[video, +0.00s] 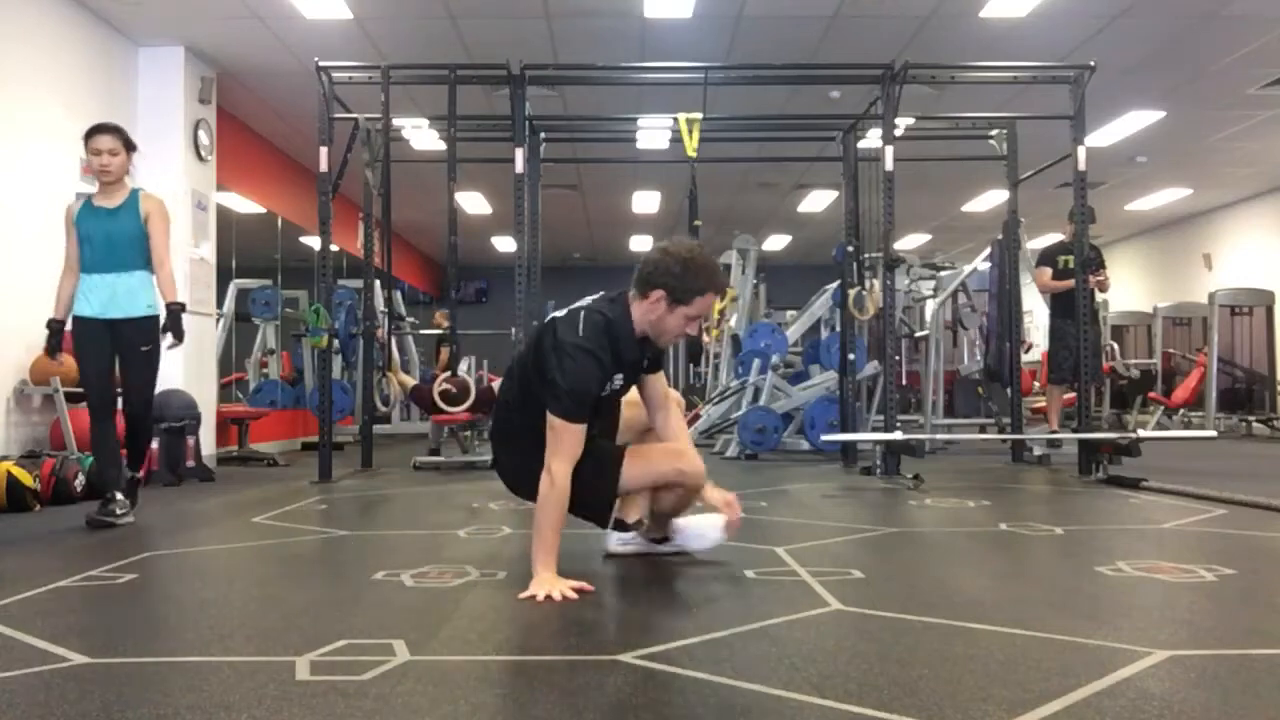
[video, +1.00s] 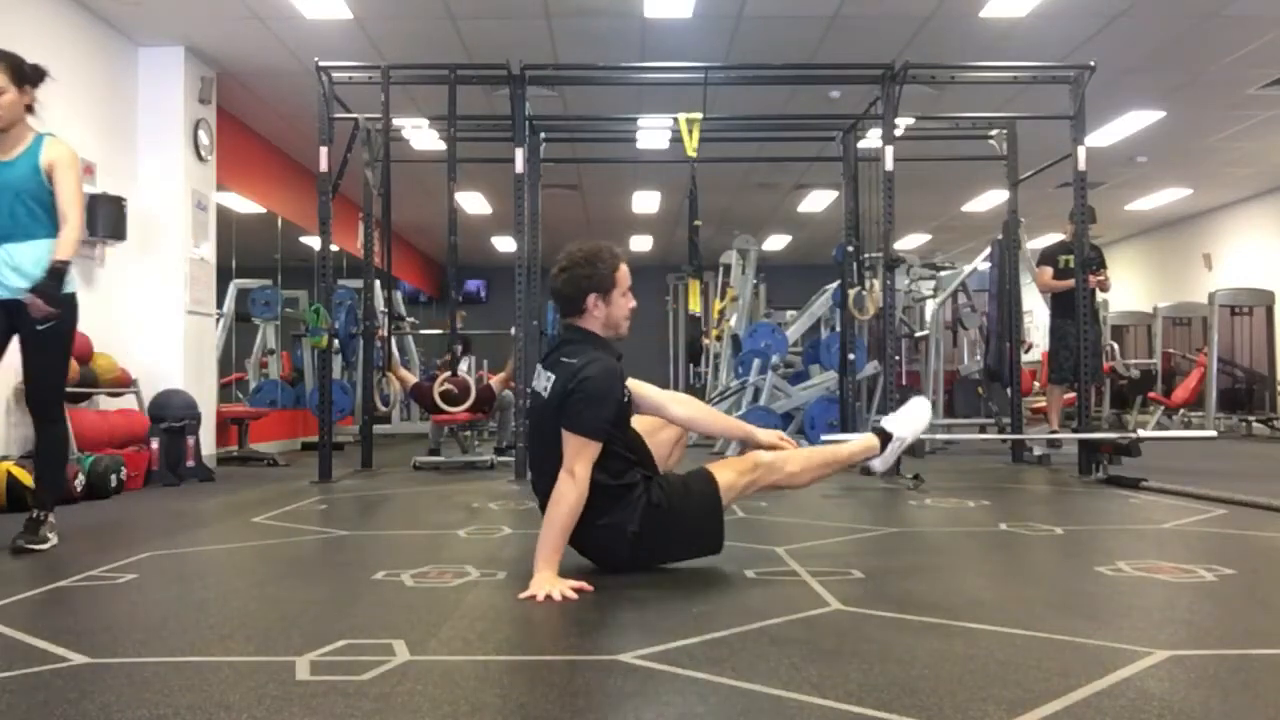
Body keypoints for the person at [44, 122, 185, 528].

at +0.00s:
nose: (104, 160)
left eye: (113, 153)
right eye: (96, 153)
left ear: (129, 157)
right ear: (87, 159)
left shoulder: (149, 204)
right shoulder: (77, 211)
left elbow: (162, 263)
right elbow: (71, 271)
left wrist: (174, 308)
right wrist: (57, 324)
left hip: (139, 318)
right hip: (90, 320)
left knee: (137, 409)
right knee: (100, 407)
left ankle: (132, 478)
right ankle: (114, 496)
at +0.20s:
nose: (92, 150)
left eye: (100, 142)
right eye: (83, 142)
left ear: (116, 145)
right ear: (73, 147)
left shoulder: (139, 195)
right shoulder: (62, 200)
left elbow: (157, 253)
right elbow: (50, 257)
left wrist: (174, 305)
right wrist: (32, 303)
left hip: (127, 310)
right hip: (78, 313)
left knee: (109, 400)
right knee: (95, 405)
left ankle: (136, 486)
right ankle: (112, 497)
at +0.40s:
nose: (78, 144)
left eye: (87, 136)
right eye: (69, 136)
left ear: (104, 139)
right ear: (59, 141)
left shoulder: (125, 190)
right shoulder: (46, 194)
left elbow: (145, 251)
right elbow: (24, 248)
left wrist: (167, 305)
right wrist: (4, 288)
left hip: (114, 307)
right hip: (66, 310)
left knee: (93, 398)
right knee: (88, 402)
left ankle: (91, 502)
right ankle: (113, 498)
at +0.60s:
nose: (58, 132)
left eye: (68, 124)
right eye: (48, 124)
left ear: (85, 129)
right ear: (37, 130)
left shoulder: (106, 184)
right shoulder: (23, 188)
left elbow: (127, 253)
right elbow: (2, 250)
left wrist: (150, 307)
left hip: (92, 305)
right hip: (40, 309)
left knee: (71, 406)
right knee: (64, 408)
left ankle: (48, 512)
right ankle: (105, 486)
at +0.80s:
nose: (20, 114)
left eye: (30, 104)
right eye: (11, 106)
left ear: (55, 107)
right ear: (4, 110)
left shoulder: (78, 164)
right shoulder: (8, 167)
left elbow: (95, 233)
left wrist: (104, 292)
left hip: (66, 298)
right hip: (11, 300)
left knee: (61, 405)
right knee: (1, 401)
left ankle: (47, 510)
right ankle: (38, 478)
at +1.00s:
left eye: (2, 92)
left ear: (26, 95)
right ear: (0, 97)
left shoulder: (54, 152)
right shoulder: (2, 151)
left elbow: (72, 223)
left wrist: (50, 282)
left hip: (44, 293)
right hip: (0, 295)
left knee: (45, 402)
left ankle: (43, 513)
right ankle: (40, 510)